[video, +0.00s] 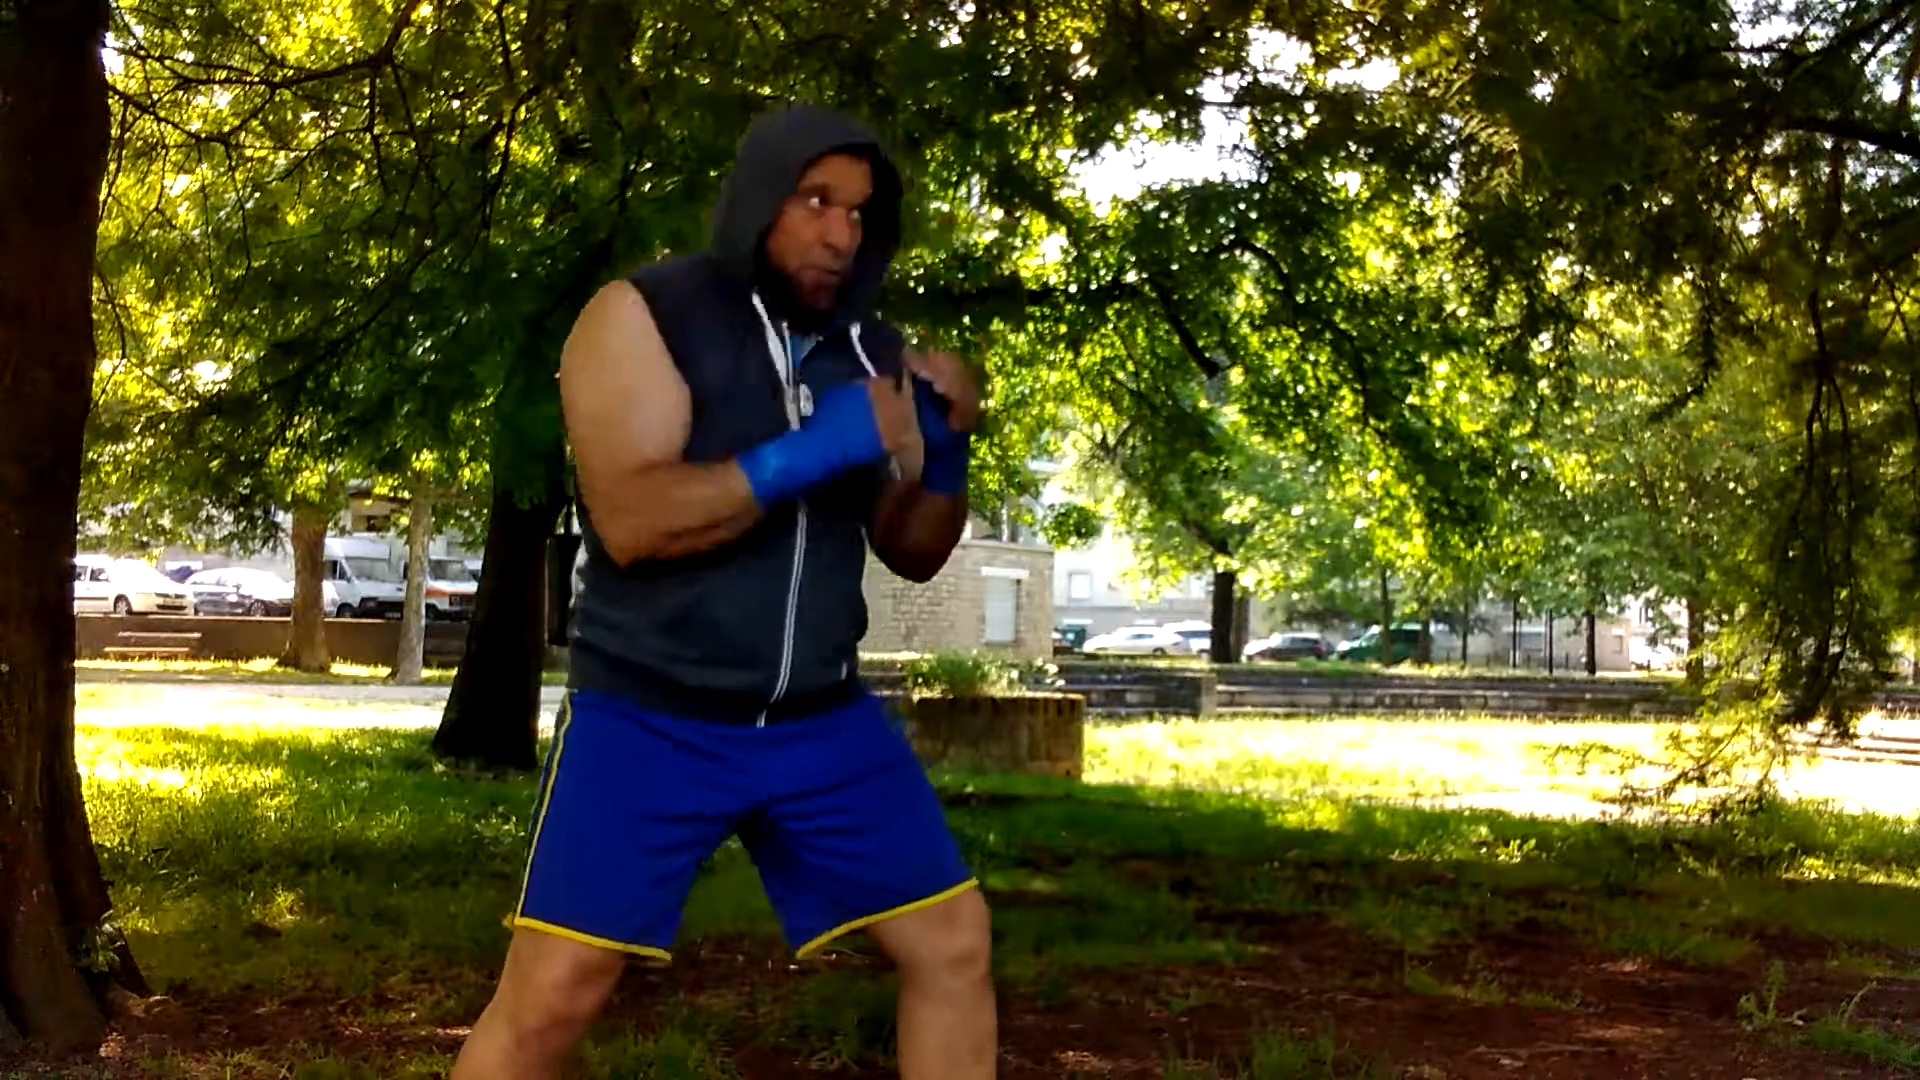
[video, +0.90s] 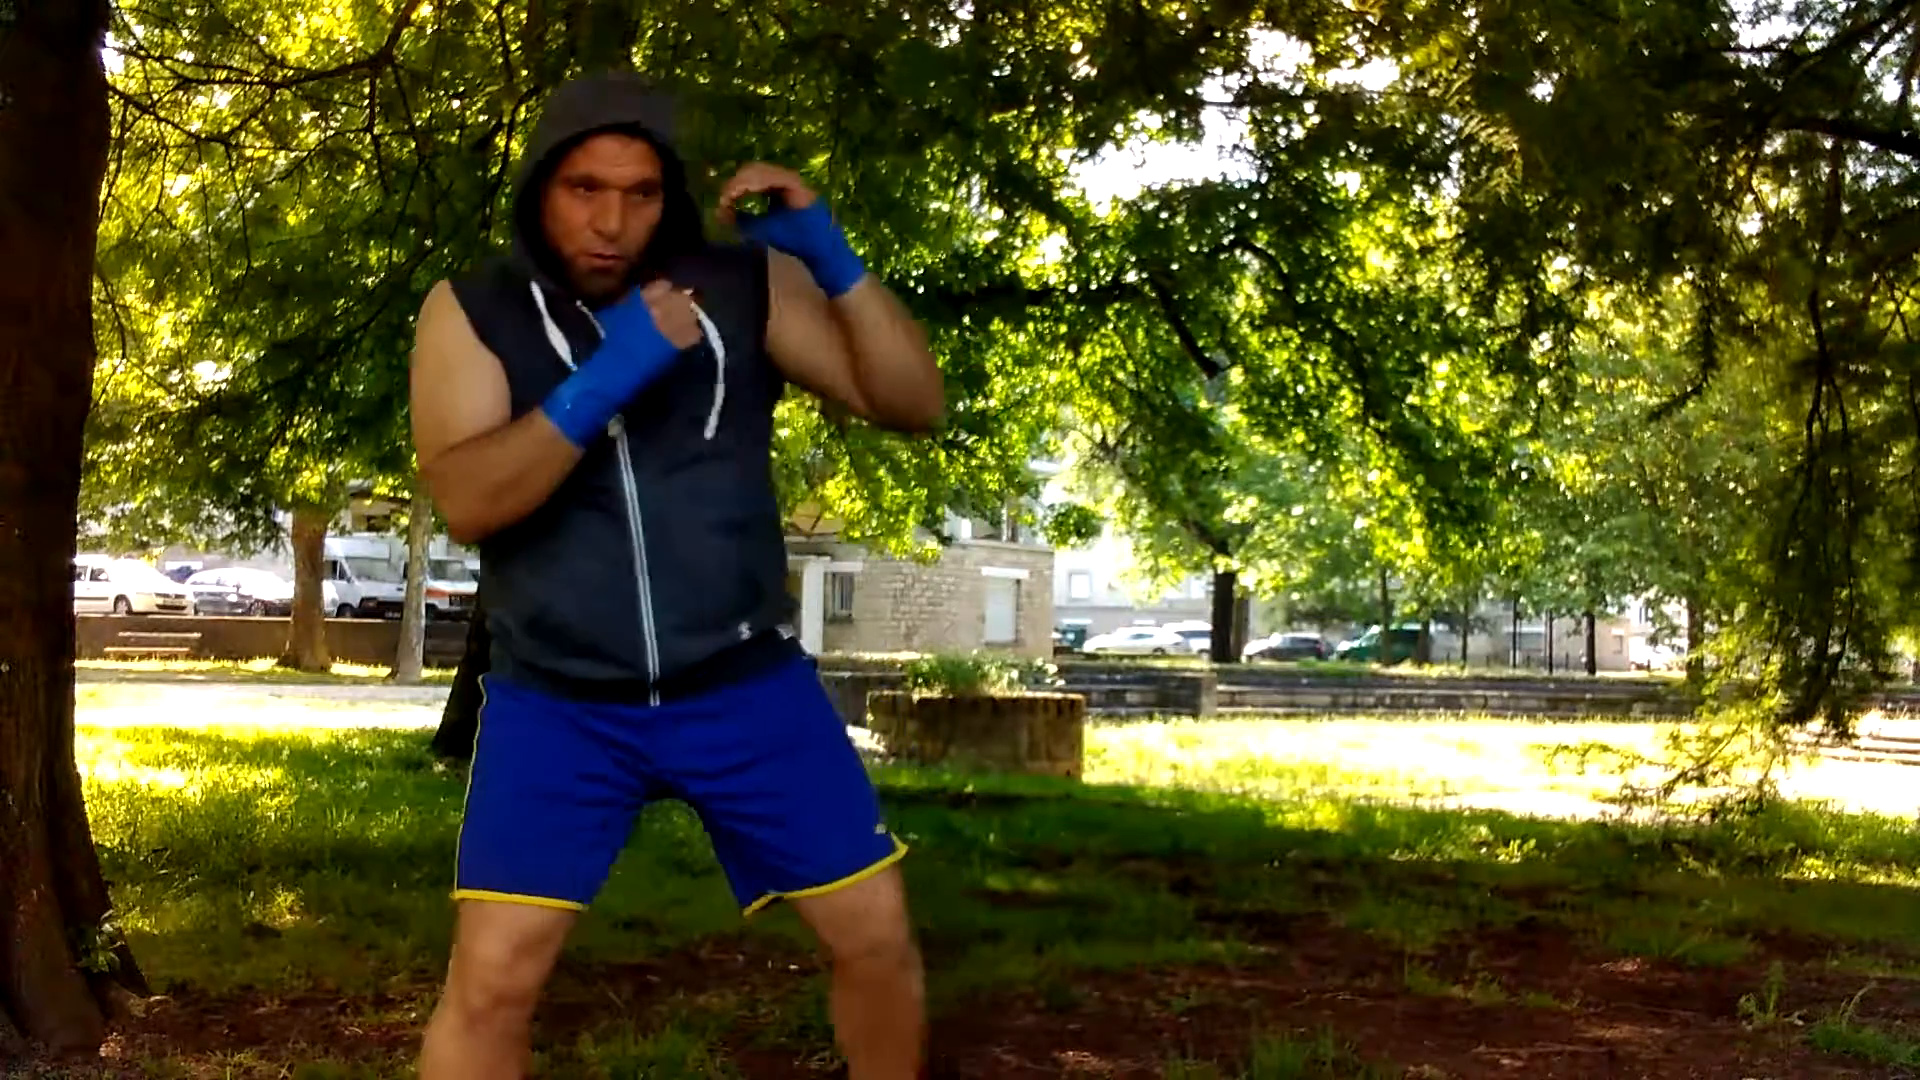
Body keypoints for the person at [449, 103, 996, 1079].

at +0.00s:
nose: (844, 233)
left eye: (859, 212)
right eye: (820, 202)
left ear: (873, 229)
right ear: (757, 202)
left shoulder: (874, 352)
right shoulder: (636, 316)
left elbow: (915, 553)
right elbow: (631, 520)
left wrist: (947, 445)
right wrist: (820, 443)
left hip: (823, 720)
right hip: (647, 722)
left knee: (951, 945)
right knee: (550, 998)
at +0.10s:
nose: (827, 233)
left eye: (843, 214)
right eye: (803, 204)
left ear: (852, 230)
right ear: (740, 202)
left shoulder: (855, 350)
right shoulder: (623, 317)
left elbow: (929, 536)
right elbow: (647, 497)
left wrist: (947, 391)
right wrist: (789, 368)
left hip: (820, 715)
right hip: (643, 717)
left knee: (958, 928)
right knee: (551, 996)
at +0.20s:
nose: (841, 225)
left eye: (857, 206)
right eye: (817, 197)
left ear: (867, 224)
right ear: (751, 196)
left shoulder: (868, 336)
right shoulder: (646, 291)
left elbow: (997, 465)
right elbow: (747, 387)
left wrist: (972, 289)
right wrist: (856, 238)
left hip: (830, 711)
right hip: (653, 712)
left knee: (947, 950)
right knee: (561, 993)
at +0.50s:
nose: (912, 228)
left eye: (928, 208)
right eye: (890, 196)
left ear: (936, 223)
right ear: (824, 190)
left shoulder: (900, 340)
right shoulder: (695, 288)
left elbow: (940, 544)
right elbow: (714, 484)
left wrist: (999, 396)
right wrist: (894, 374)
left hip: (831, 706)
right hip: (662, 705)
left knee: (930, 953)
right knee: (566, 992)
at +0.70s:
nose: (784, 247)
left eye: (806, 226)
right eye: (760, 217)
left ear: (824, 244)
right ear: (705, 222)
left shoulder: (823, 355)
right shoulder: (589, 331)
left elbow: (898, 557)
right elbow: (633, 503)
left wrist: (912, 407)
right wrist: (805, 374)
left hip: (802, 725)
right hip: (619, 734)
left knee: (927, 957)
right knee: (546, 1009)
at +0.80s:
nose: (725, 229)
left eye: (747, 206)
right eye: (700, 200)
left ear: (767, 219)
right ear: (648, 200)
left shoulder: (791, 327)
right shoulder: (543, 317)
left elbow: (894, 507)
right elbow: (574, 492)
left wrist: (880, 351)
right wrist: (731, 350)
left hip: (782, 704)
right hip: (596, 714)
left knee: (902, 940)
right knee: (529, 995)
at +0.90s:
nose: (612, 220)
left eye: (640, 193)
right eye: (584, 188)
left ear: (670, 197)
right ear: (539, 188)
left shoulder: (746, 283)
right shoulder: (471, 310)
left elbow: (911, 401)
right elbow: (464, 501)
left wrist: (830, 250)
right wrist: (613, 371)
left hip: (749, 689)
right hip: (555, 701)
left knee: (877, 937)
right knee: (492, 984)